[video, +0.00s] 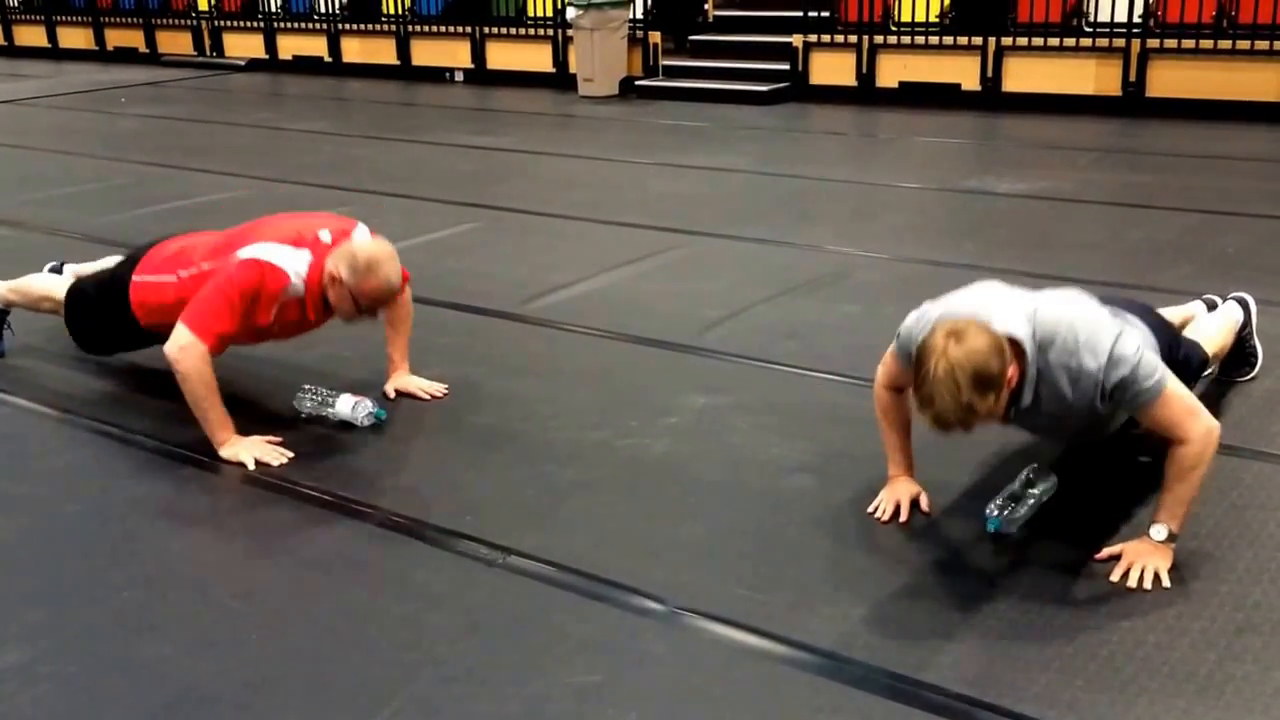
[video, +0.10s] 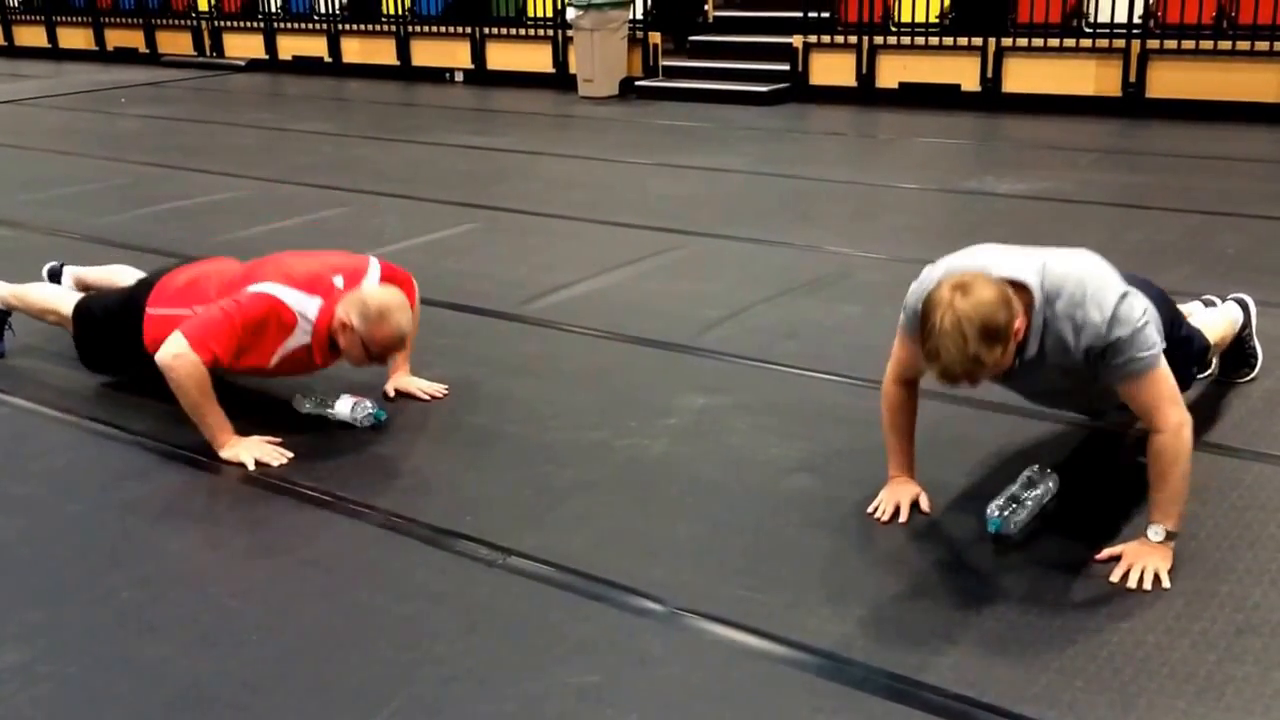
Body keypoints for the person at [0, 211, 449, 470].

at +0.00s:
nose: (363, 315)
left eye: (375, 306)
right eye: (358, 305)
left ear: (390, 282)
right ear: (333, 279)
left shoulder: (368, 250)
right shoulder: (258, 274)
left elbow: (400, 294)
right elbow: (185, 352)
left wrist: (401, 369)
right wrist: (228, 440)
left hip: (193, 259)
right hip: (142, 290)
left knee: (121, 272)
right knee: (69, 298)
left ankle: (73, 272)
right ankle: (5, 292)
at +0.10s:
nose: (363, 362)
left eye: (374, 357)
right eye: (360, 352)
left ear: (401, 315)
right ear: (342, 321)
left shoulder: (384, 284)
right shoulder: (269, 310)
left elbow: (407, 289)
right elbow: (176, 357)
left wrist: (400, 366)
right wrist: (227, 441)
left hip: (209, 280)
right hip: (152, 314)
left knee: (141, 283)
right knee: (75, 313)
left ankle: (69, 274)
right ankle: (7, 293)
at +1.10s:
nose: (373, 393)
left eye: (383, 387)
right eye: (366, 386)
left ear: (404, 333)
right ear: (343, 356)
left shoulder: (391, 302)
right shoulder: (268, 336)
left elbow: (405, 300)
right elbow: (171, 369)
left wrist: (395, 379)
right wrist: (223, 448)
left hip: (218, 299)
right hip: (155, 330)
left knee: (140, 301)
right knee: (71, 327)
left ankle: (65, 281)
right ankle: (6, 298)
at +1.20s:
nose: (371, 387)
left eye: (381, 382)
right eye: (365, 381)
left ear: (402, 330)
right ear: (342, 351)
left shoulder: (383, 302)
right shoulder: (269, 338)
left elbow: (409, 296)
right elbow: (171, 371)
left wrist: (393, 376)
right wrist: (223, 449)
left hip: (217, 301)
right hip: (156, 333)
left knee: (138, 304)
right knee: (72, 330)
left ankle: (65, 283)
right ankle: (6, 300)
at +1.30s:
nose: (368, 369)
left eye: (378, 362)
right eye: (363, 359)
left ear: (395, 322)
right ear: (335, 330)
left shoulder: (379, 296)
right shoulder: (259, 320)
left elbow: (408, 303)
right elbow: (169, 370)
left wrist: (396, 376)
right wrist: (222, 450)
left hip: (209, 290)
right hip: (150, 324)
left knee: (138, 295)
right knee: (72, 323)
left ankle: (68, 281)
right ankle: (8, 301)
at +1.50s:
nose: (352, 298)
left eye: (363, 289)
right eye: (346, 286)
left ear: (379, 256)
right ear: (321, 258)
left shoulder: (360, 246)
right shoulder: (249, 260)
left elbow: (391, 306)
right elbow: (194, 354)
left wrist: (396, 381)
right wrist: (224, 452)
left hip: (205, 269)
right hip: (146, 280)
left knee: (113, 304)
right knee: (68, 305)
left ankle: (69, 293)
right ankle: (13, 298)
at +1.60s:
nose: (346, 271)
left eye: (356, 259)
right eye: (340, 257)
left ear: (361, 233)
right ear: (311, 225)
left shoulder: (343, 221)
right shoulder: (242, 240)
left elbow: (365, 300)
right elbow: (226, 347)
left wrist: (394, 381)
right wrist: (226, 448)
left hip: (188, 283)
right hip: (134, 275)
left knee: (98, 303)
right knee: (66, 299)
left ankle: (47, 303)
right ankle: (6, 298)